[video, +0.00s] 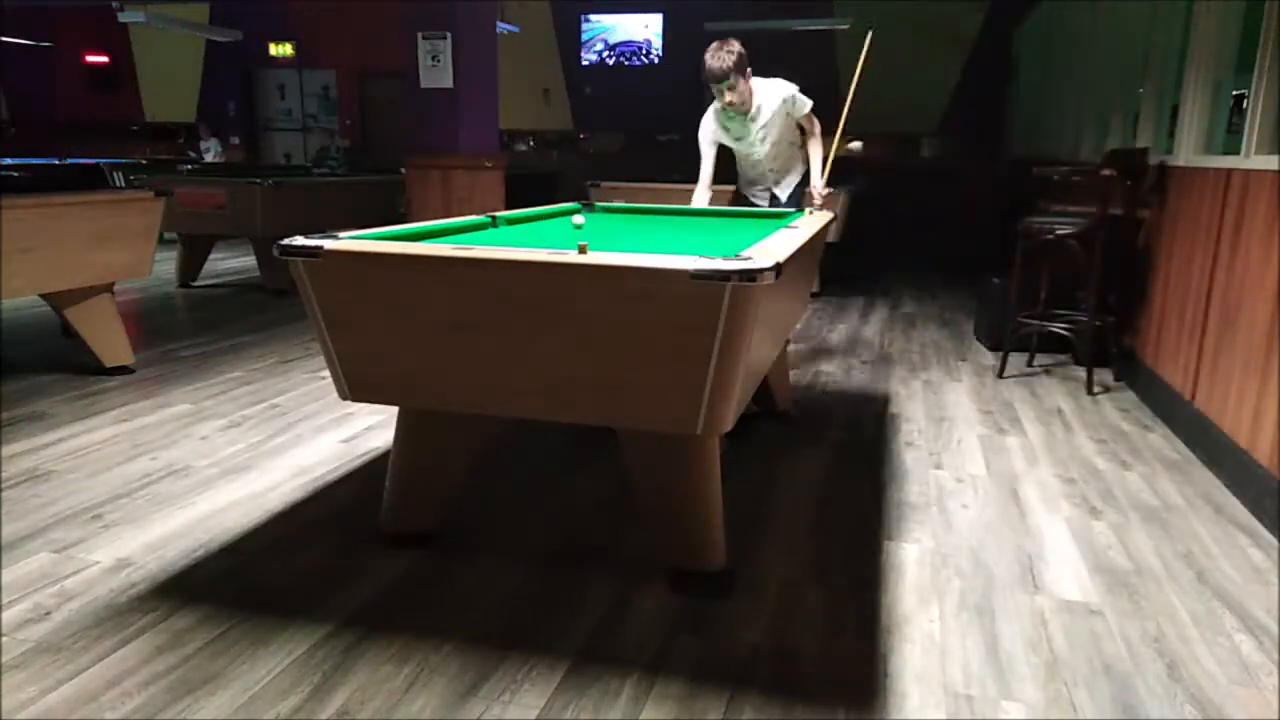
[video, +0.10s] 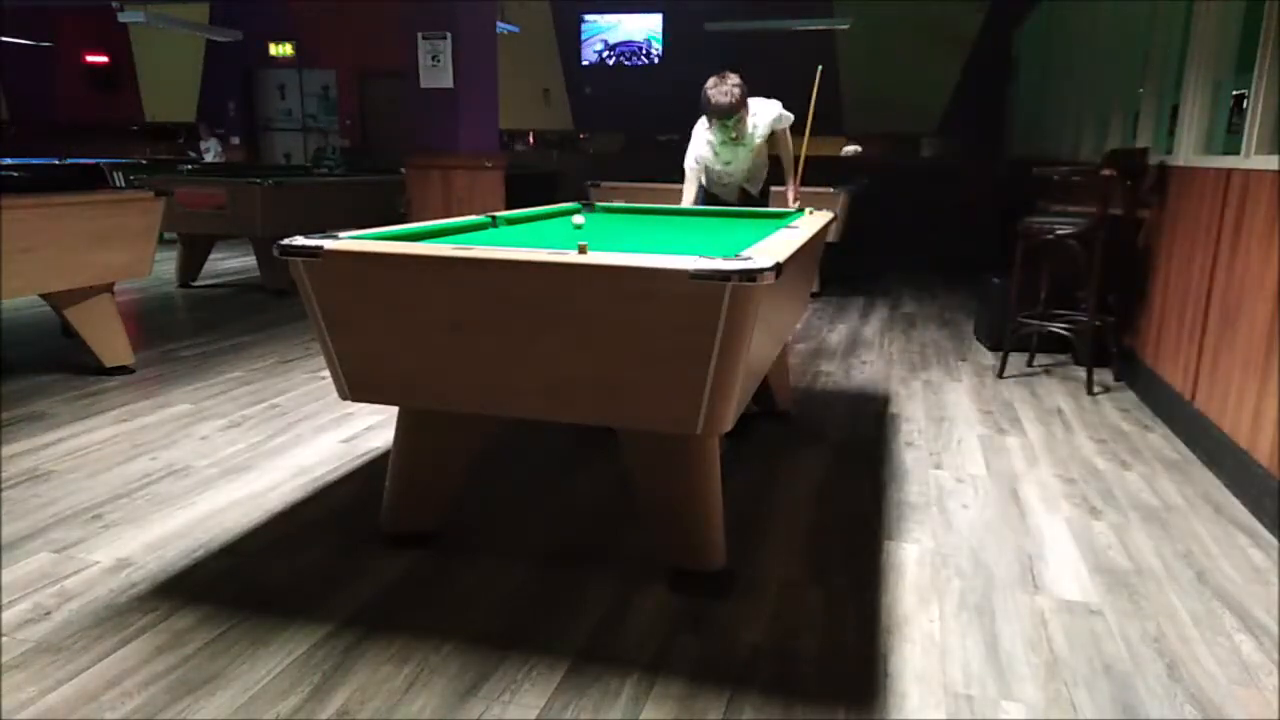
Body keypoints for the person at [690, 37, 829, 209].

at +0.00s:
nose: (727, 100)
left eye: (732, 88)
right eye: (718, 92)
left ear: (748, 77)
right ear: (710, 89)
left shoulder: (782, 94)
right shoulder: (711, 124)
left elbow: (813, 129)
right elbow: (704, 186)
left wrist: (816, 182)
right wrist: (692, 227)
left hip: (790, 184)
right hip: (750, 188)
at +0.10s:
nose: (733, 134)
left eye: (739, 122)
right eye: (724, 127)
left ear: (747, 109)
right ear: (710, 121)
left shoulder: (768, 113)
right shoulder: (700, 140)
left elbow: (782, 131)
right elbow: (687, 200)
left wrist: (791, 185)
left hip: (754, 188)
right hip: (714, 191)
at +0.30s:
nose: (675, 128)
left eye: (680, 121)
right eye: (669, 124)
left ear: (694, 102)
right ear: (659, 114)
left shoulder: (732, 98)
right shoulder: (651, 126)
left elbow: (755, 110)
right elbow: (637, 180)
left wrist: (757, 168)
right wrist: (642, 204)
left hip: (733, 184)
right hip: (686, 187)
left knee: (731, 251)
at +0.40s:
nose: (665, 88)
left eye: (669, 78)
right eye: (657, 80)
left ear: (688, 58)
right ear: (650, 73)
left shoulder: (722, 76)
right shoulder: (647, 98)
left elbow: (747, 105)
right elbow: (642, 161)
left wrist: (751, 169)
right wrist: (641, 190)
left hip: (724, 177)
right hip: (680, 181)